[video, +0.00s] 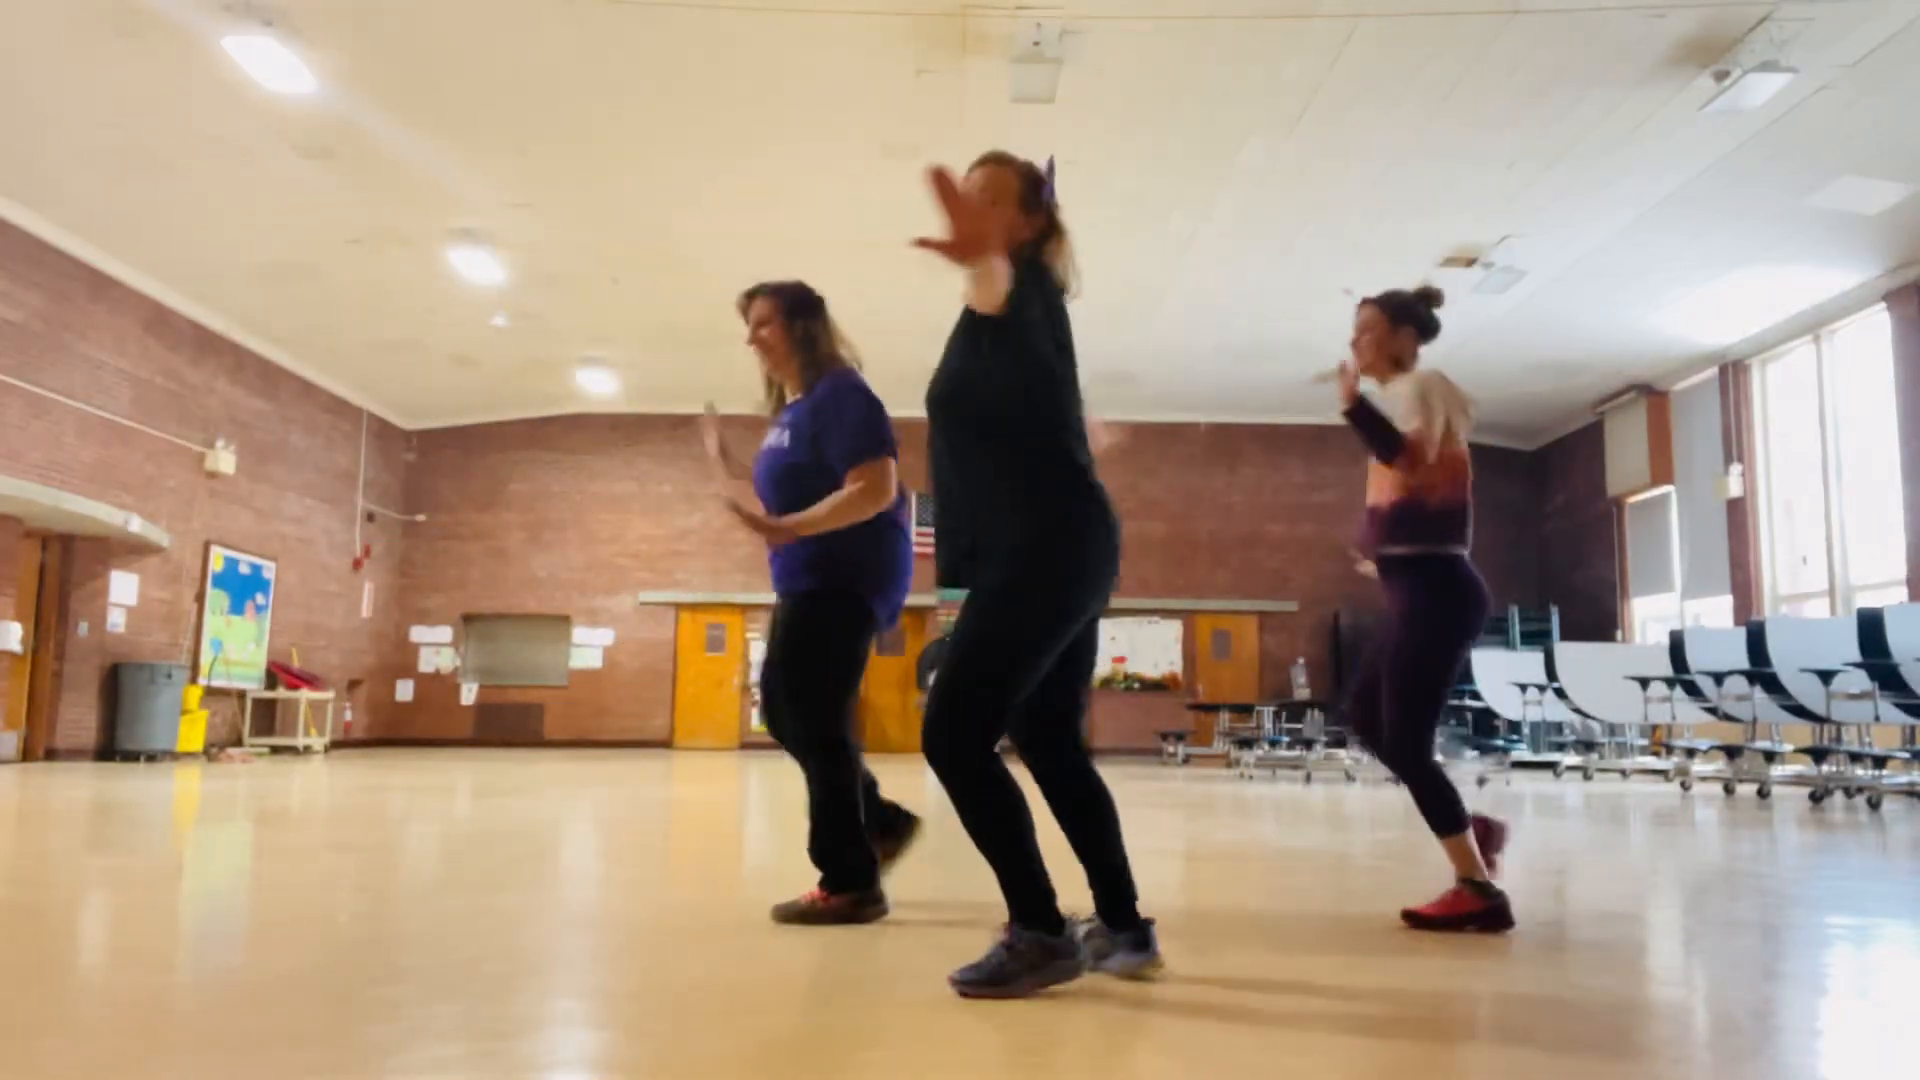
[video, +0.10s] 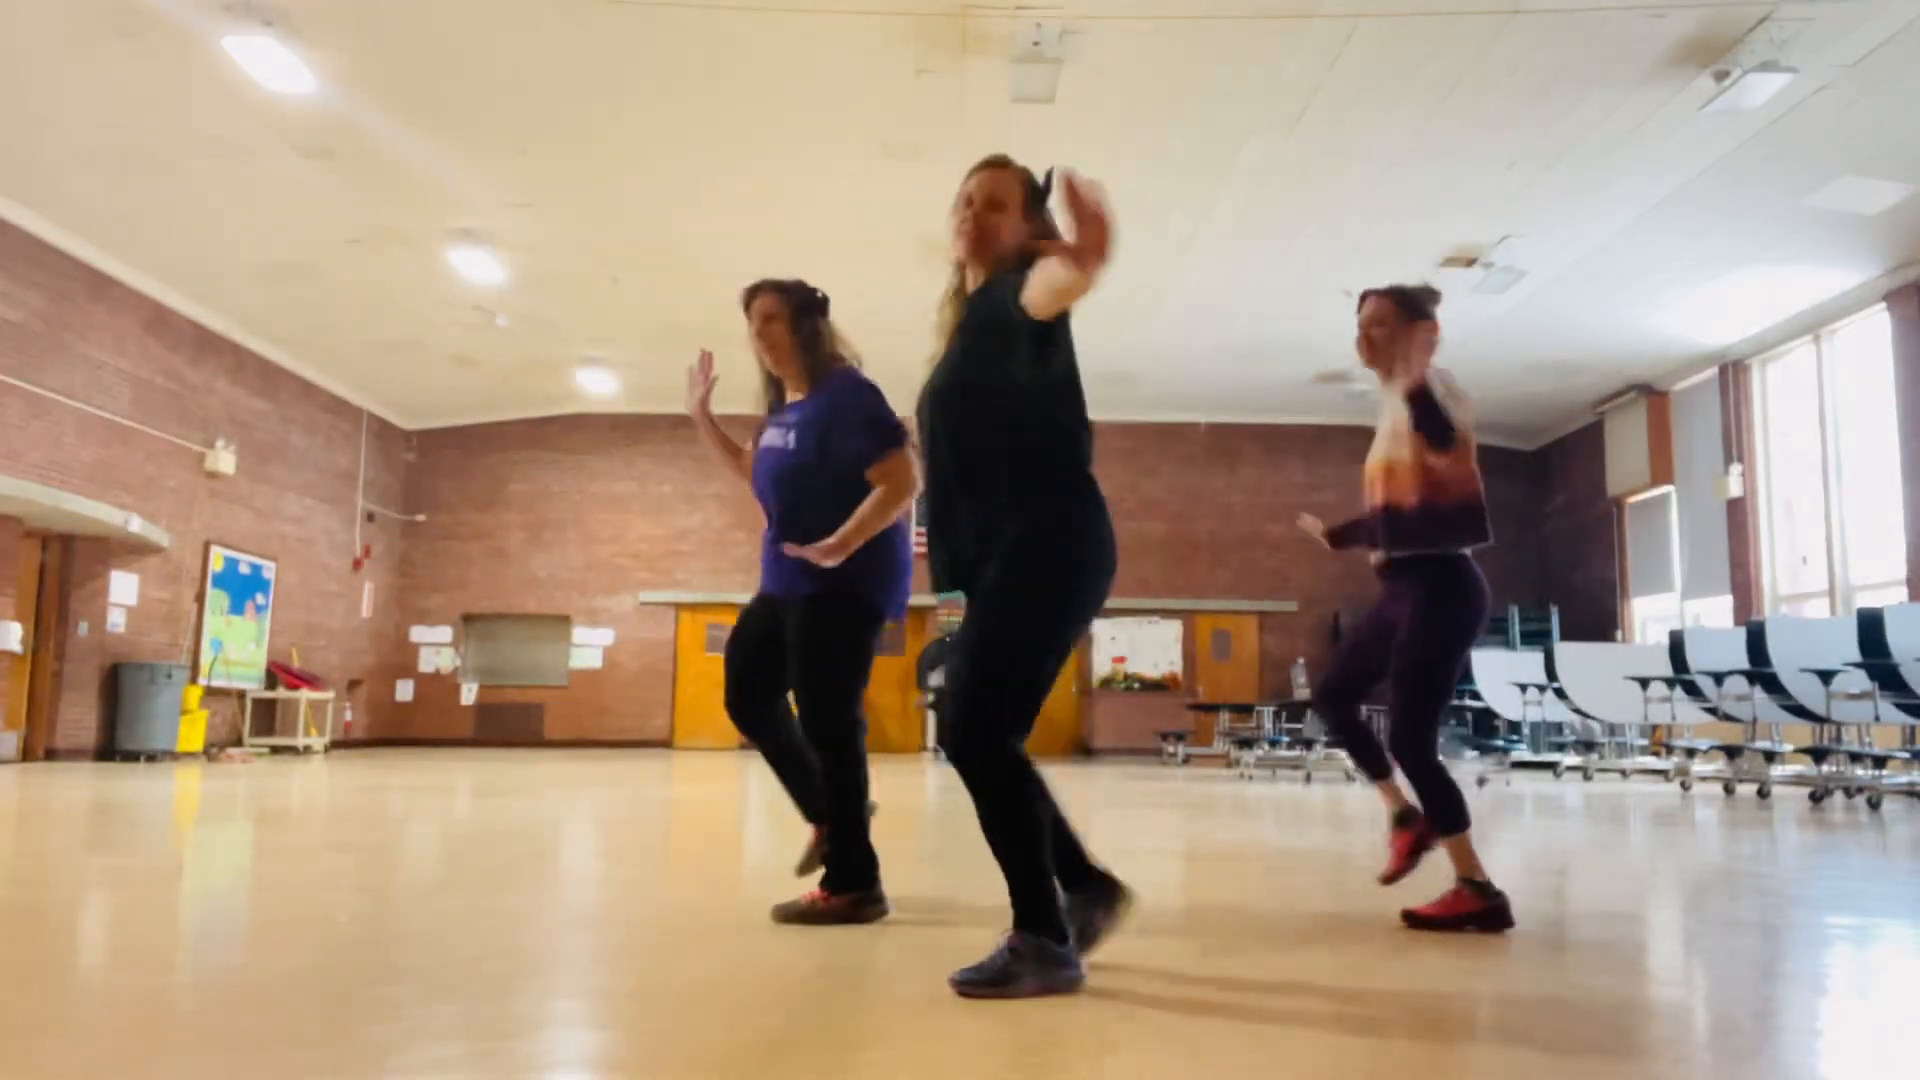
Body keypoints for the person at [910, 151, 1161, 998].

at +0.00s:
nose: (966, 202)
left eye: (983, 192)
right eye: (968, 190)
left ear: (1025, 218)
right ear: (995, 217)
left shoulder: (1014, 289)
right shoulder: (1011, 298)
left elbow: (1000, 281)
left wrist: (980, 253)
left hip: (1046, 546)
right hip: (1058, 545)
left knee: (954, 735)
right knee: (1047, 736)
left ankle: (1040, 932)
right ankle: (1124, 926)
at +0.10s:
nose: (972, 217)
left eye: (993, 207)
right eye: (965, 203)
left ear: (1028, 224)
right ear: (954, 219)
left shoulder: (1028, 286)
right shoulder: (970, 313)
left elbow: (1057, 282)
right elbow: (962, 447)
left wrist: (1087, 254)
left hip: (1053, 546)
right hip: (1004, 554)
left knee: (976, 732)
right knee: (975, 732)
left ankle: (1043, 940)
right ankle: (1085, 886)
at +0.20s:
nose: (974, 216)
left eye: (995, 207)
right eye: (964, 203)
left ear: (1029, 229)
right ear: (948, 225)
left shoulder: (1043, 300)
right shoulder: (950, 330)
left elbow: (1107, 296)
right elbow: (930, 459)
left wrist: (1175, 281)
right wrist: (864, 537)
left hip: (1050, 554)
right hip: (970, 564)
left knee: (995, 731)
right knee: (901, 713)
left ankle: (1045, 941)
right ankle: (1008, 851)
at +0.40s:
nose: (968, 199)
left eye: (987, 190)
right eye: (958, 186)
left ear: (1015, 213)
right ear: (935, 204)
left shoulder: (1046, 297)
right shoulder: (914, 315)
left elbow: (1158, 310)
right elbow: (900, 423)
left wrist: (1285, 312)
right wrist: (847, 442)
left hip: (1024, 555)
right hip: (930, 559)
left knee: (982, 734)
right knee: (909, 734)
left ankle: (1028, 930)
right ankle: (935, 920)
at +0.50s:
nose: (964, 207)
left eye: (981, 197)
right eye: (952, 195)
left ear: (1009, 218)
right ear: (931, 214)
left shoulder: (1048, 308)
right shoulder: (902, 321)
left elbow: (1168, 322)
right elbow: (828, 384)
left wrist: (1303, 330)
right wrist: (761, 417)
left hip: (1011, 561)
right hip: (911, 559)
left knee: (972, 738)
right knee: (888, 733)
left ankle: (990, 930)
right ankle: (924, 916)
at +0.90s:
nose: (957, 188)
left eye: (972, 179)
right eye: (941, 177)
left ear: (993, 206)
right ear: (914, 202)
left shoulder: (1027, 309)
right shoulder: (861, 302)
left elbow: (1134, 342)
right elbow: (752, 343)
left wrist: (1232, 368)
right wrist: (648, 364)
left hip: (988, 567)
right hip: (877, 565)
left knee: (988, 751)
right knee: (869, 753)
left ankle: (979, 924)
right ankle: (877, 938)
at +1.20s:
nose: (937, 176)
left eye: (951, 165)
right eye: (922, 165)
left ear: (976, 185)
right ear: (896, 186)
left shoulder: (1006, 289)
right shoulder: (852, 278)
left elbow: (1072, 359)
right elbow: (751, 338)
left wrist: (1163, 396)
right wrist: (712, 397)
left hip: (972, 550)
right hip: (862, 544)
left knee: (976, 743)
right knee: (836, 726)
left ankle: (959, 919)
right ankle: (808, 899)